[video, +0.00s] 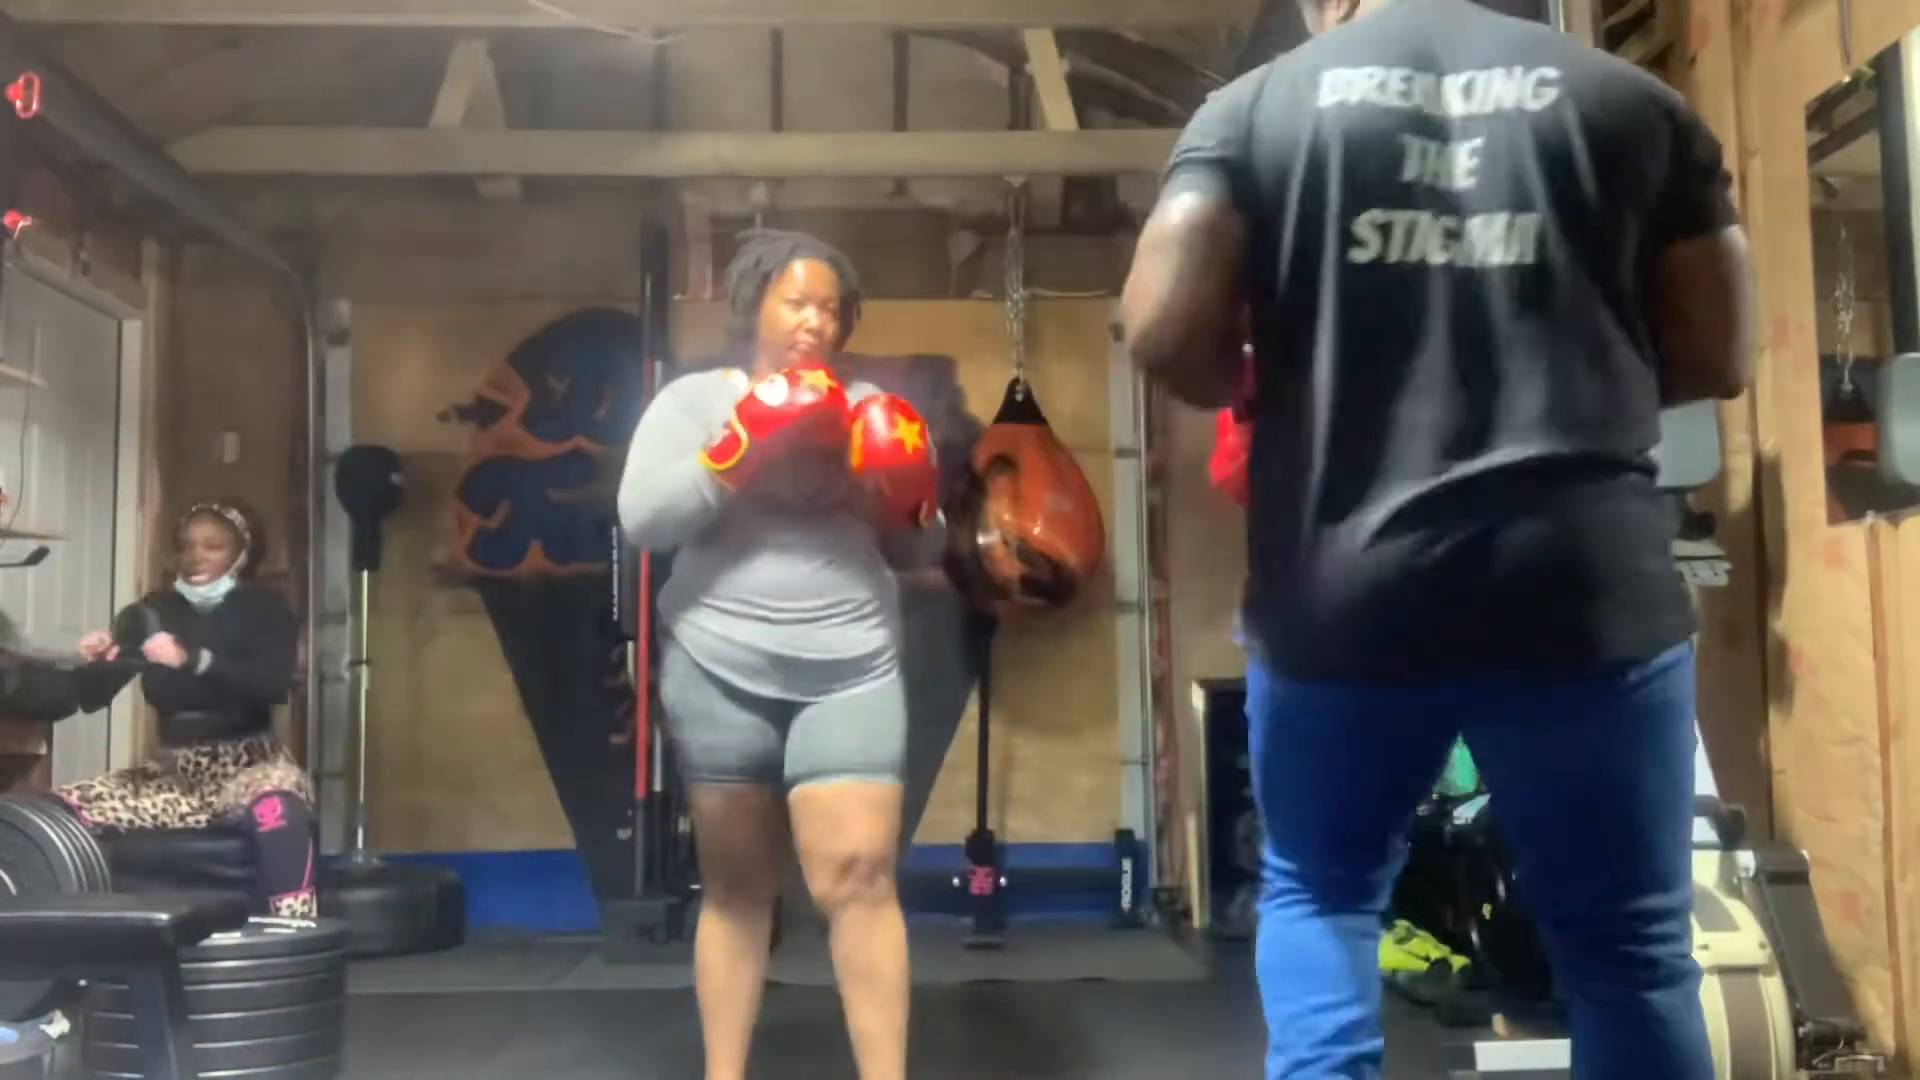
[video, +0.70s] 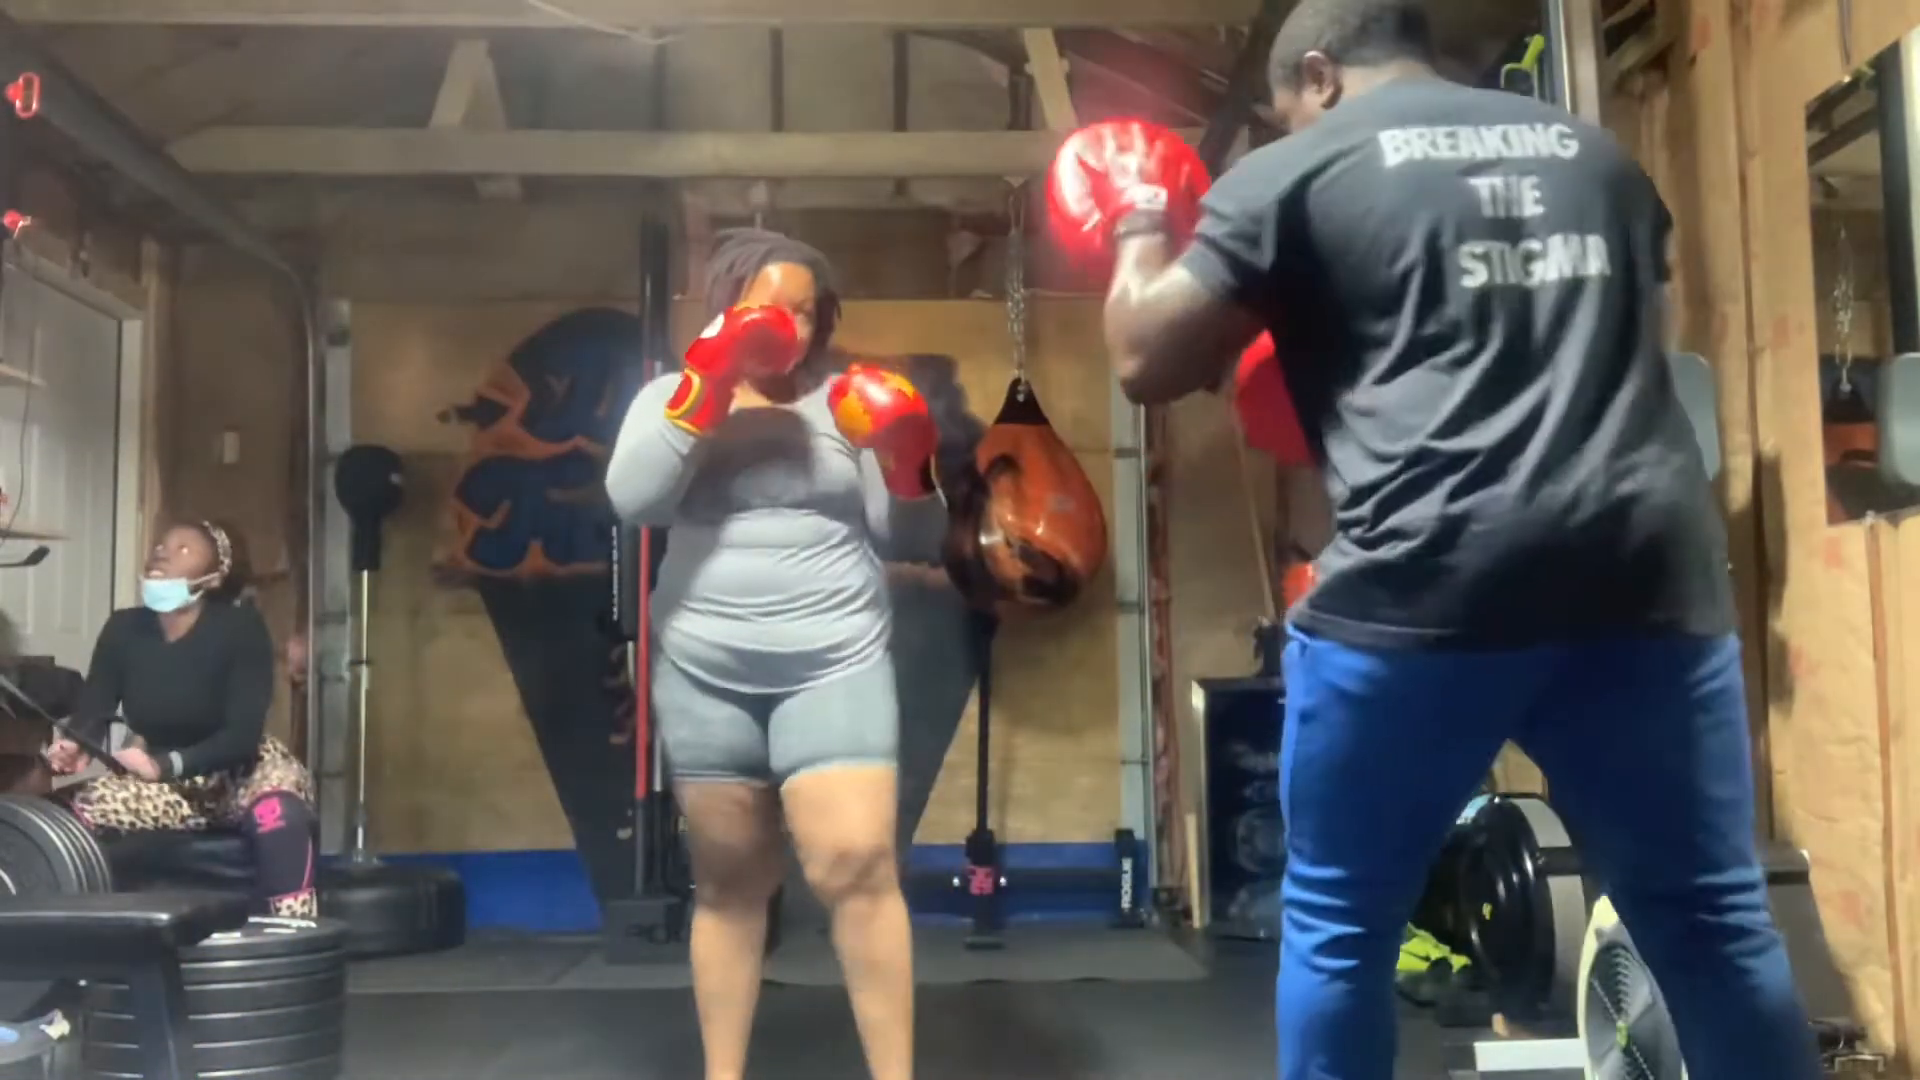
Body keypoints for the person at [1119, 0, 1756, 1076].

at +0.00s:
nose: (1301, 25)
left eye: (1303, 19)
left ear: (1335, 4)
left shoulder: (1253, 106)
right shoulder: (1634, 101)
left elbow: (1162, 330)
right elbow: (1715, 353)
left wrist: (1259, 372)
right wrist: (1554, 366)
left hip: (1346, 596)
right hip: (1589, 589)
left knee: (1320, 895)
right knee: (1632, 954)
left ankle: (1325, 1073)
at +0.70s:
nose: (1287, 125)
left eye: (1283, 111)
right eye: (1282, 112)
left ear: (1318, 81)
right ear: (1428, 55)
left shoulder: (1292, 173)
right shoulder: (1597, 151)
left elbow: (1146, 362)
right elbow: (1647, 335)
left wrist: (1138, 235)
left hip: (1423, 575)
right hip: (1652, 561)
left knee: (1337, 925)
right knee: (1715, 914)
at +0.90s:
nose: (1335, 120)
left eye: (1335, 104)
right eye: (1334, 106)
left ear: (1371, 81)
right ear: (1486, 65)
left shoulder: (1332, 173)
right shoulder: (1639, 174)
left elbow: (1158, 329)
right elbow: (1681, 337)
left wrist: (1169, 195)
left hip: (1438, 603)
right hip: (1672, 596)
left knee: (1322, 914)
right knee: (1726, 931)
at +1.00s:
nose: (1336, 114)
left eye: (1333, 100)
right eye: (1336, 103)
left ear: (1357, 86)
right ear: (1480, 71)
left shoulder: (1315, 177)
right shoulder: (1620, 170)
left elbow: (1135, 314)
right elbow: (1668, 342)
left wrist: (1183, 185)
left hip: (1422, 582)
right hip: (1656, 573)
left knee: (1322, 913)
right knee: (1722, 916)